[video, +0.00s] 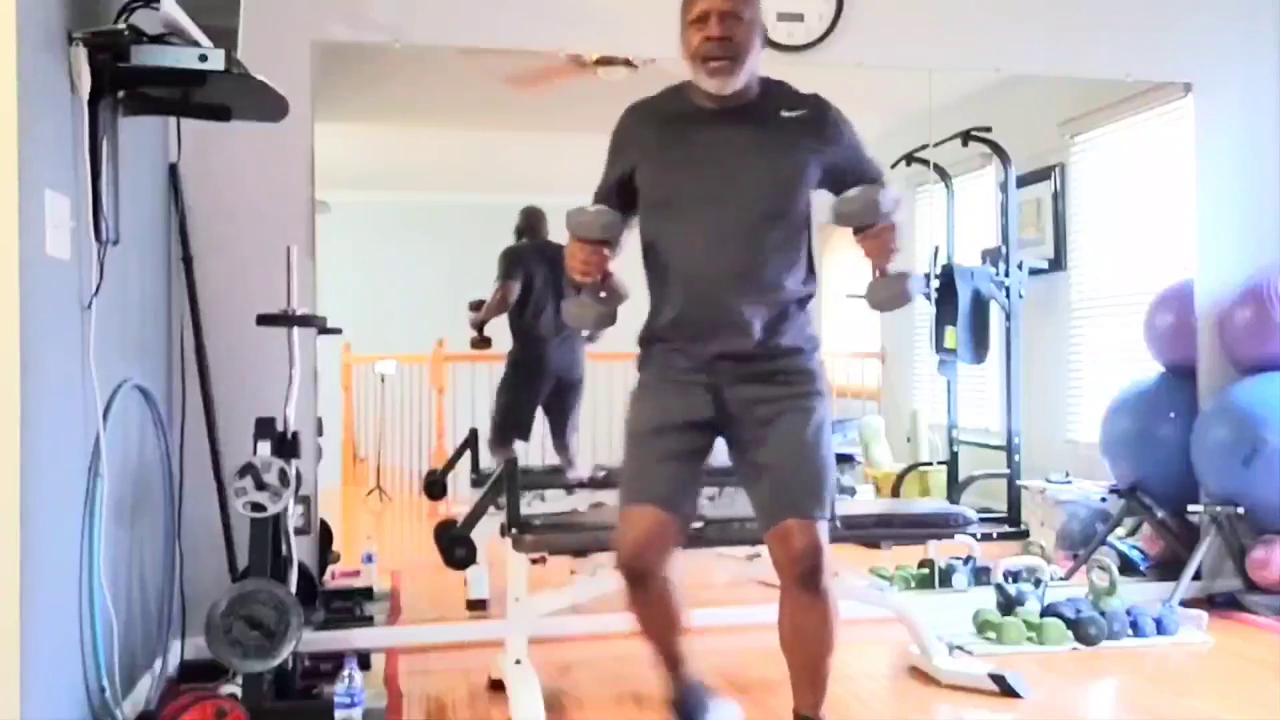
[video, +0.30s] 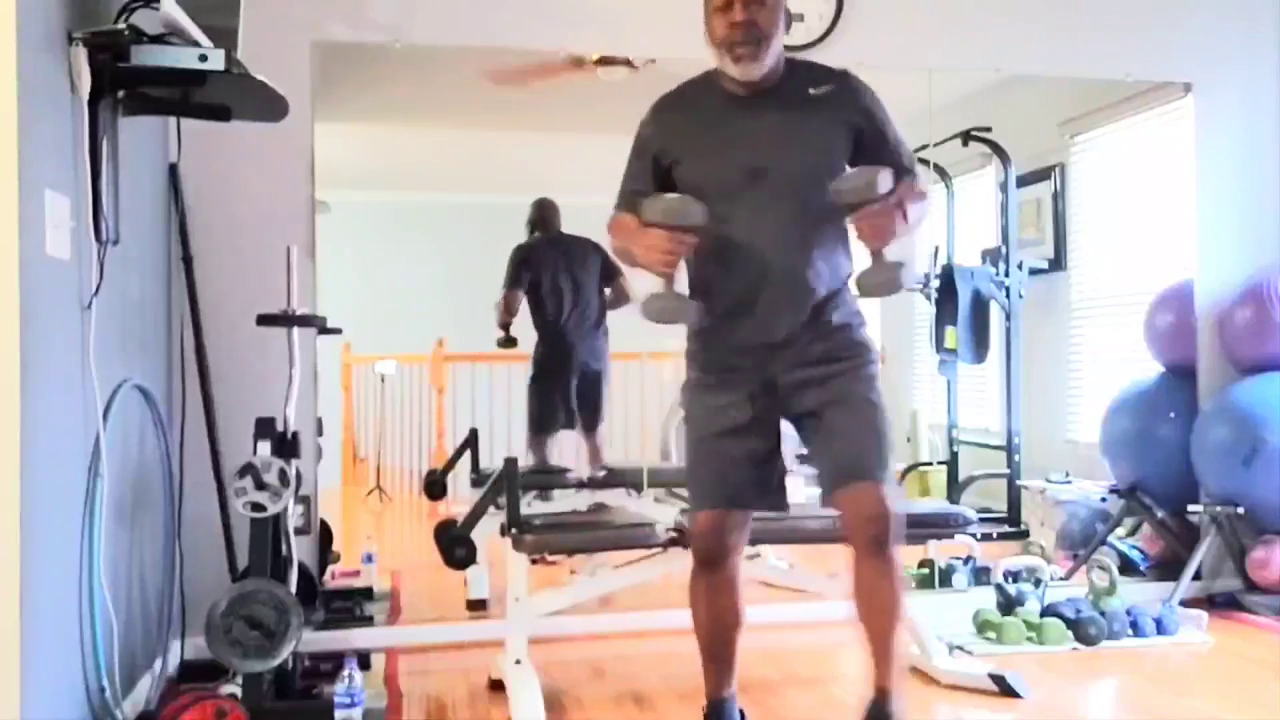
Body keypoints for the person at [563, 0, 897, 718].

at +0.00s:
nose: (716, 31)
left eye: (732, 17)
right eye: (700, 19)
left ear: (761, 29)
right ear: (682, 33)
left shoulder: (812, 120)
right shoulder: (644, 123)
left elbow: (874, 207)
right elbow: (600, 229)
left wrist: (881, 236)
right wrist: (581, 255)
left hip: (781, 366)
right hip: (675, 366)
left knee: (803, 556)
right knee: (639, 551)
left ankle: (808, 713)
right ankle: (685, 689)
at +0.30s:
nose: (740, 18)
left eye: (756, 4)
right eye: (723, 6)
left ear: (785, 13)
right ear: (705, 19)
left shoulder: (843, 98)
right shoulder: (672, 116)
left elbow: (912, 186)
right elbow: (622, 224)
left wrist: (897, 212)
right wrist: (638, 243)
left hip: (829, 346)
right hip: (723, 358)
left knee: (874, 520)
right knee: (712, 539)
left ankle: (885, 702)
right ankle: (721, 705)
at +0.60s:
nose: (821, 147)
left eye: (836, 133)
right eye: (807, 134)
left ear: (866, 144)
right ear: (787, 148)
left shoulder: (914, 220)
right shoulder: (754, 227)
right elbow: (714, 356)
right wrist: (747, 343)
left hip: (888, 437)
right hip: (777, 438)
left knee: (995, 574)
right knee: (700, 574)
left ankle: (1012, 716)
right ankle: (723, 710)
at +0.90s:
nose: (890, 43)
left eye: (907, 27)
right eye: (874, 29)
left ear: (939, 36)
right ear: (855, 44)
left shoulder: (1001, 119)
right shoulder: (825, 138)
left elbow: (1059, 220)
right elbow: (783, 243)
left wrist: (1057, 252)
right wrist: (771, 274)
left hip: (971, 363)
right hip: (859, 363)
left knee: (1007, 550)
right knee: (797, 532)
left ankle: (1018, 713)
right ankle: (809, 683)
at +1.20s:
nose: (914, 40)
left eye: (932, 25)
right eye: (898, 28)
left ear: (962, 42)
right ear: (879, 48)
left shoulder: (1017, 121)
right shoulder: (843, 141)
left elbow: (1084, 190)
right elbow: (798, 219)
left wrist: (1104, 236)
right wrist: (796, 279)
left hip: (1002, 373)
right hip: (892, 382)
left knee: (1036, 559)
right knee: (885, 568)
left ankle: (1025, 713)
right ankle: (903, 706)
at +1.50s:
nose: (904, 66)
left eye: (921, 54)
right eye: (889, 56)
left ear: (951, 72)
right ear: (870, 76)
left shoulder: (1007, 157)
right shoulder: (828, 169)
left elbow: (1067, 272)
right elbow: (782, 289)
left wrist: (1018, 286)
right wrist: (822, 296)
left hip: (975, 399)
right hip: (859, 394)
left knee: (1045, 565)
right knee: (778, 547)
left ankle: (1027, 716)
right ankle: (736, 710)